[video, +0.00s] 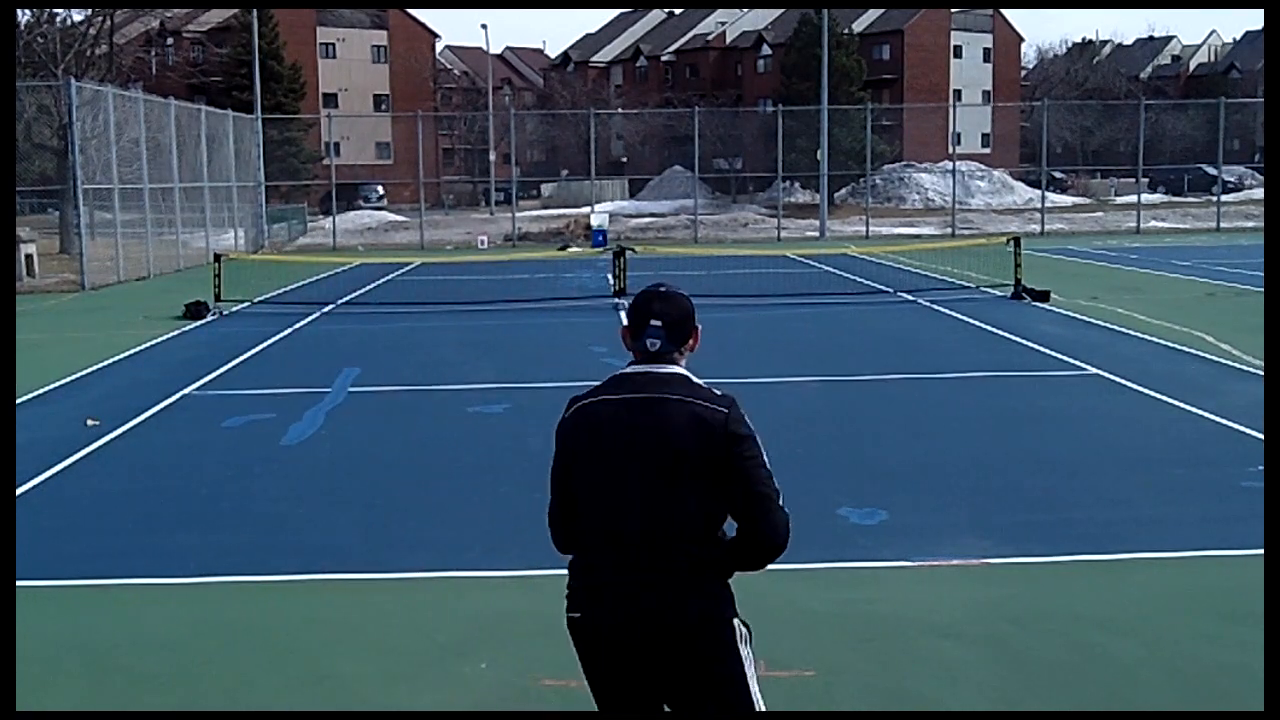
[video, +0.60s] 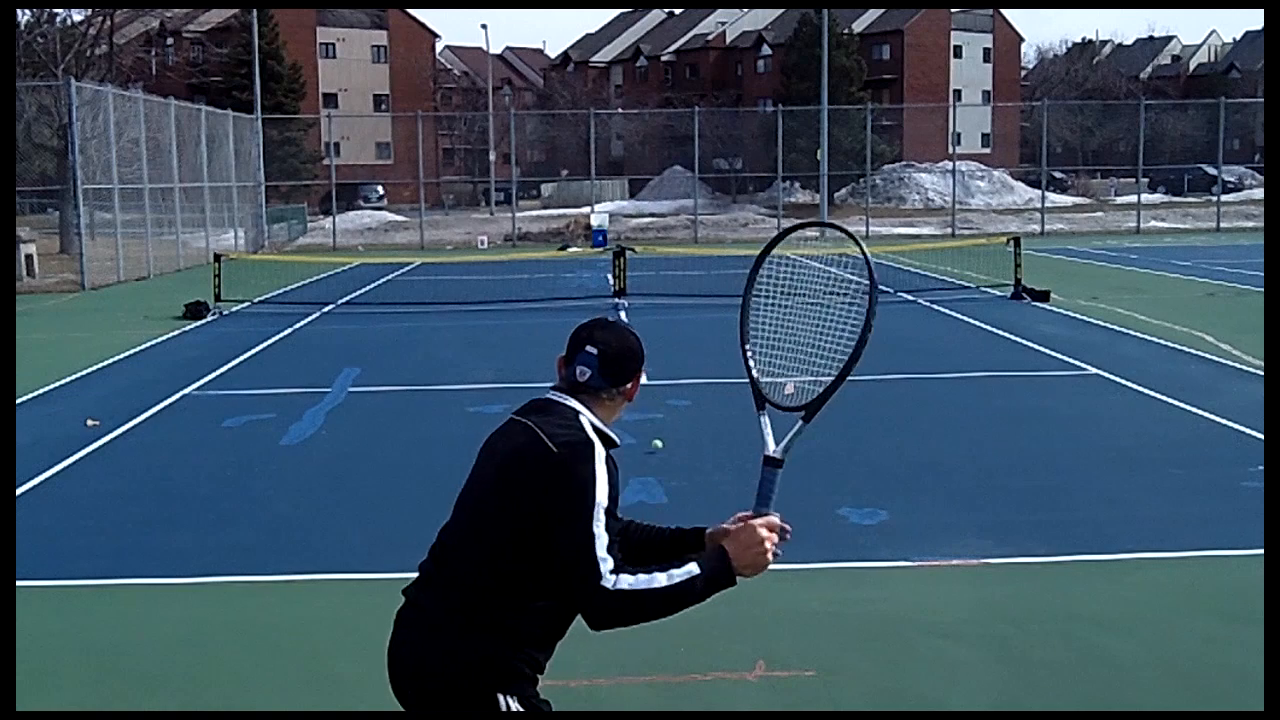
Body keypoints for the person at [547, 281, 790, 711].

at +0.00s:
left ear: (625, 336)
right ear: (693, 338)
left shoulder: (581, 411)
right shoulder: (718, 411)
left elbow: (564, 535)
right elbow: (769, 534)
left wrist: (626, 540)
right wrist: (712, 559)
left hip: (604, 622)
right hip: (696, 623)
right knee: (731, 713)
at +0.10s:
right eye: (685, 343)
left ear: (613, 340)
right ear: (683, 346)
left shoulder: (566, 412)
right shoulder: (685, 414)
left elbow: (573, 514)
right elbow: (734, 553)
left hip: (569, 619)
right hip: (661, 624)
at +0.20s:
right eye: (677, 341)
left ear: (601, 340)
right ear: (672, 349)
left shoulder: (561, 410)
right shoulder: (661, 417)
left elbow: (607, 511)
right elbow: (695, 562)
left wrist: (698, 493)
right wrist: (733, 544)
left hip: (539, 624)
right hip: (624, 632)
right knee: (687, 703)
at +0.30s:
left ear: (591, 344)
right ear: (664, 353)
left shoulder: (551, 410)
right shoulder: (647, 426)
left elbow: (610, 525)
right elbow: (678, 576)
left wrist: (707, 487)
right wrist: (737, 545)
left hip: (509, 632)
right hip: (593, 643)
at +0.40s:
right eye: (667, 360)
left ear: (584, 359)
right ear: (659, 369)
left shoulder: (546, 419)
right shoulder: (635, 446)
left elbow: (611, 535)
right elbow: (672, 596)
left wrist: (707, 496)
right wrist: (747, 553)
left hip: (477, 649)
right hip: (551, 667)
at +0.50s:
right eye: (657, 372)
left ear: (576, 365)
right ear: (650, 381)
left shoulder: (536, 426)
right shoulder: (611, 451)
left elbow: (603, 544)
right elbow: (648, 604)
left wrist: (709, 519)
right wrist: (749, 559)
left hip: (445, 653)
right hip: (514, 675)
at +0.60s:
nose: (638, 386)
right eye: (641, 377)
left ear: (562, 369)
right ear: (632, 389)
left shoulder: (527, 426)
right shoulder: (580, 451)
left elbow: (607, 539)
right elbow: (602, 601)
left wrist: (711, 540)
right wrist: (720, 566)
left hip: (426, 652)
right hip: (476, 674)